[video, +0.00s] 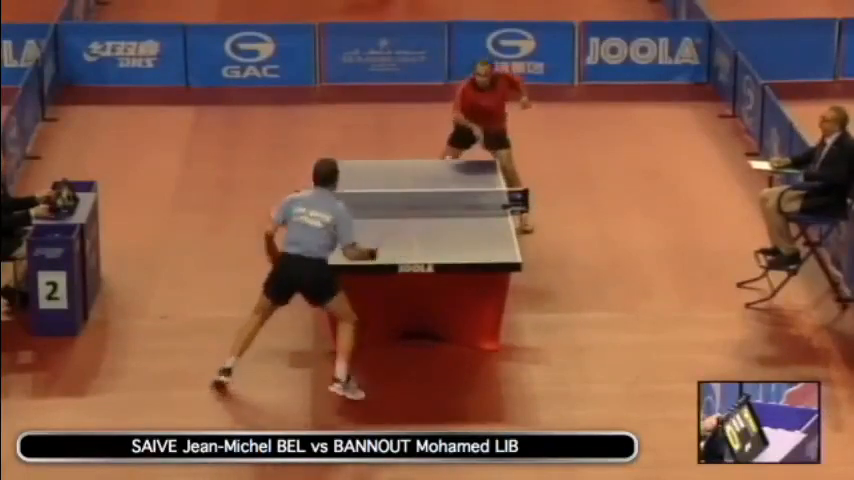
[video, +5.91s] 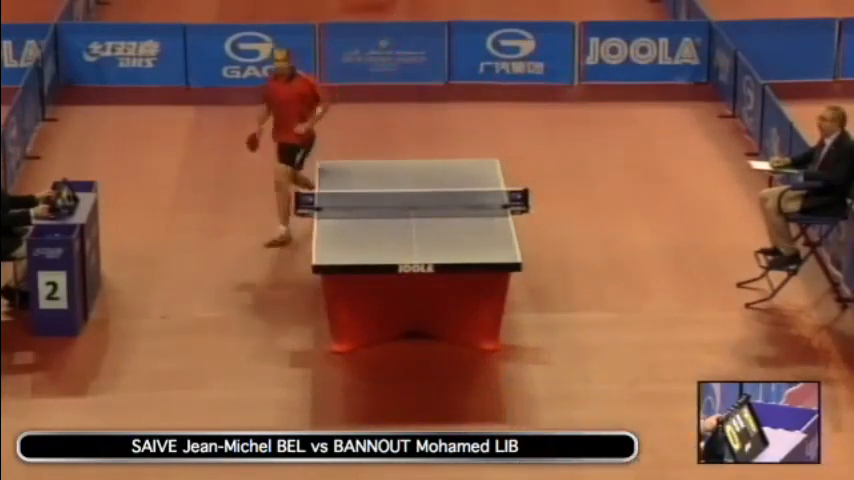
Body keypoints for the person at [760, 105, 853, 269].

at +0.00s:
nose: (821, 123)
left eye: (826, 121)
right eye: (822, 119)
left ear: (838, 125)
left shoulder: (846, 146)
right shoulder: (826, 141)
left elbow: (836, 177)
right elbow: (807, 158)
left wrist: (807, 175)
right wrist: (786, 162)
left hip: (830, 199)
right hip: (814, 191)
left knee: (774, 204)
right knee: (766, 197)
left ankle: (790, 253)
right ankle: (780, 247)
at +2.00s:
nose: (820, 123)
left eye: (825, 120)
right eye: (821, 119)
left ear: (837, 125)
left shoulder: (846, 147)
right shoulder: (826, 141)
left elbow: (837, 178)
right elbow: (807, 158)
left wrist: (806, 175)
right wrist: (786, 162)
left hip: (829, 199)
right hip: (815, 191)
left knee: (773, 204)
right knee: (765, 197)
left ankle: (789, 253)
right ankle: (780, 247)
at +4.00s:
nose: (820, 122)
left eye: (825, 119)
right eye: (821, 118)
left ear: (837, 124)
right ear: (833, 123)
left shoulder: (846, 147)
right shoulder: (827, 139)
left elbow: (836, 177)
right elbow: (809, 157)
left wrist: (803, 175)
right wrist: (787, 163)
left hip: (829, 199)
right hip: (815, 190)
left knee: (773, 205)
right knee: (765, 197)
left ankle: (790, 254)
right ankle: (780, 247)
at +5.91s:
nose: (819, 123)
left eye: (824, 120)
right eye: (820, 119)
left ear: (837, 124)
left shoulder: (846, 147)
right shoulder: (826, 141)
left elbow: (836, 178)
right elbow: (808, 157)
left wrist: (803, 175)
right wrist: (787, 162)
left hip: (830, 199)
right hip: (815, 191)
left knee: (773, 204)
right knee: (765, 197)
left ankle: (790, 254)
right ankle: (780, 247)